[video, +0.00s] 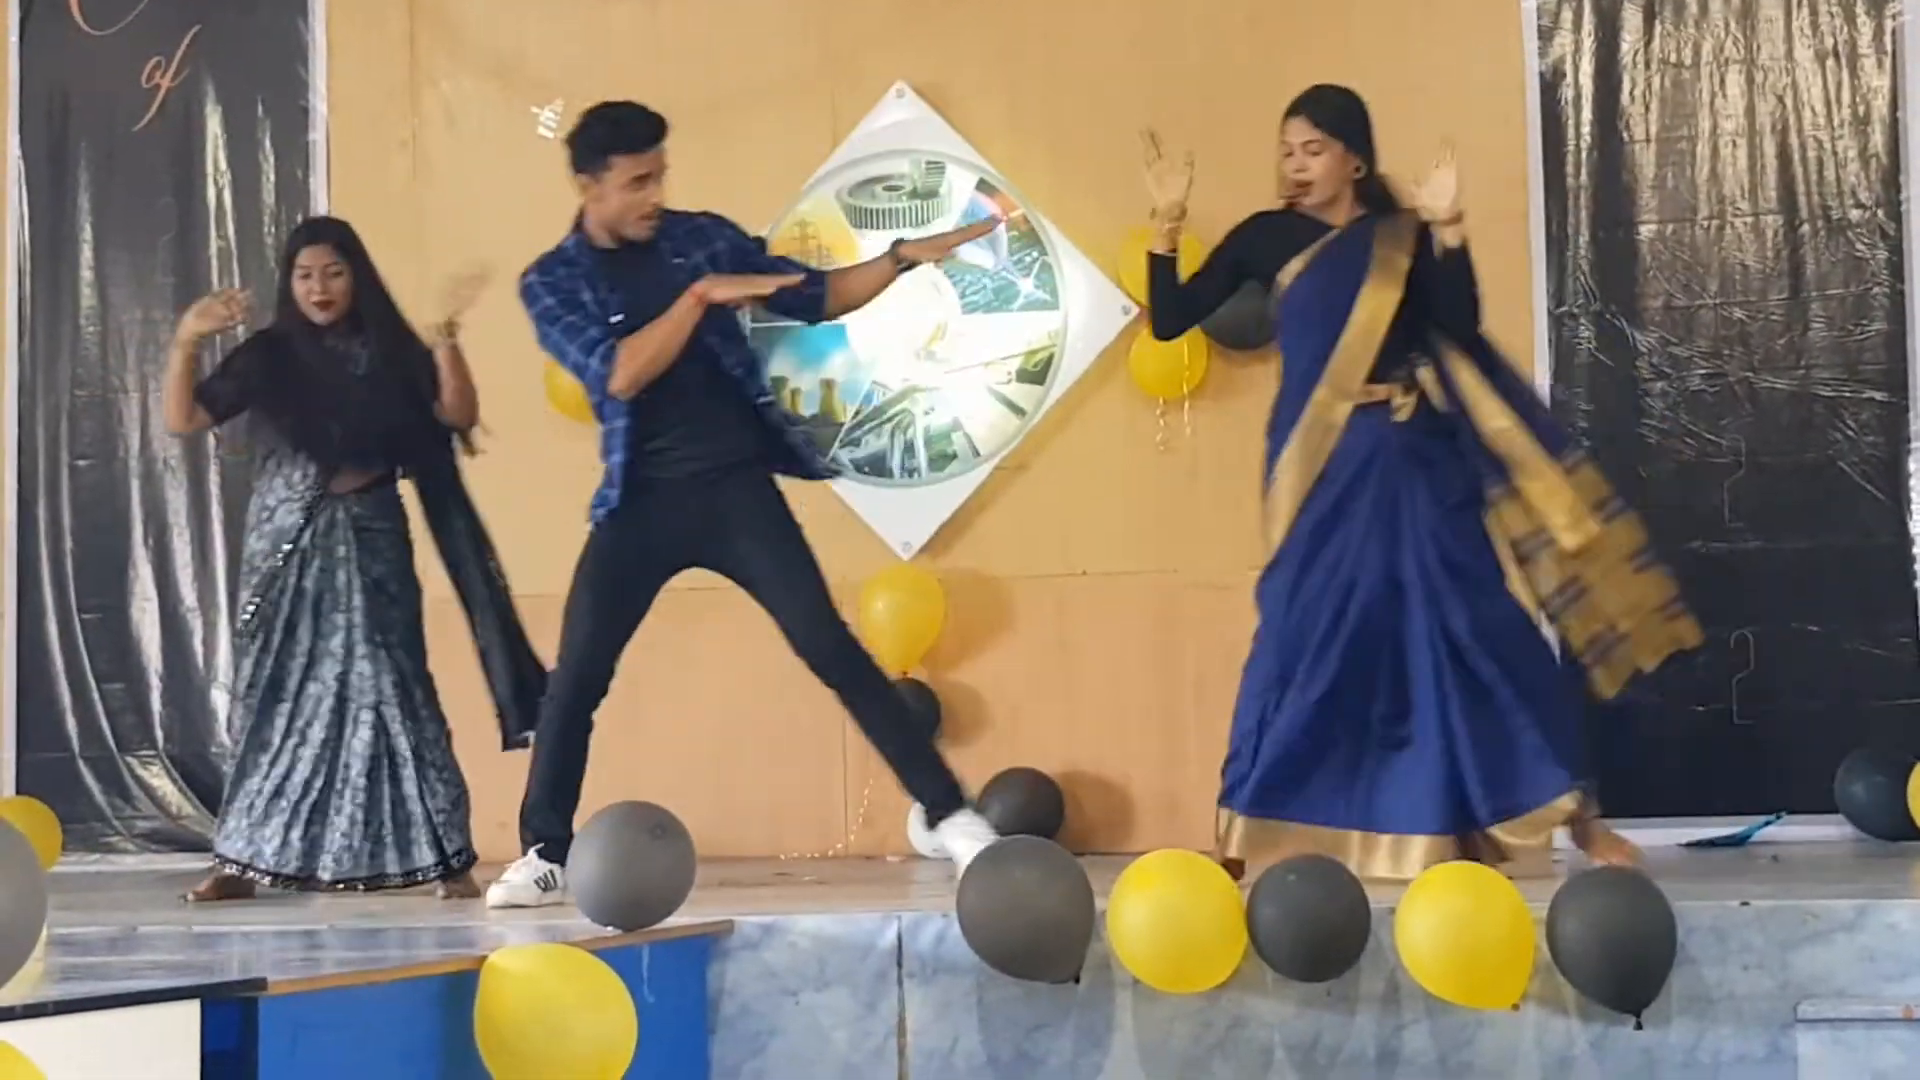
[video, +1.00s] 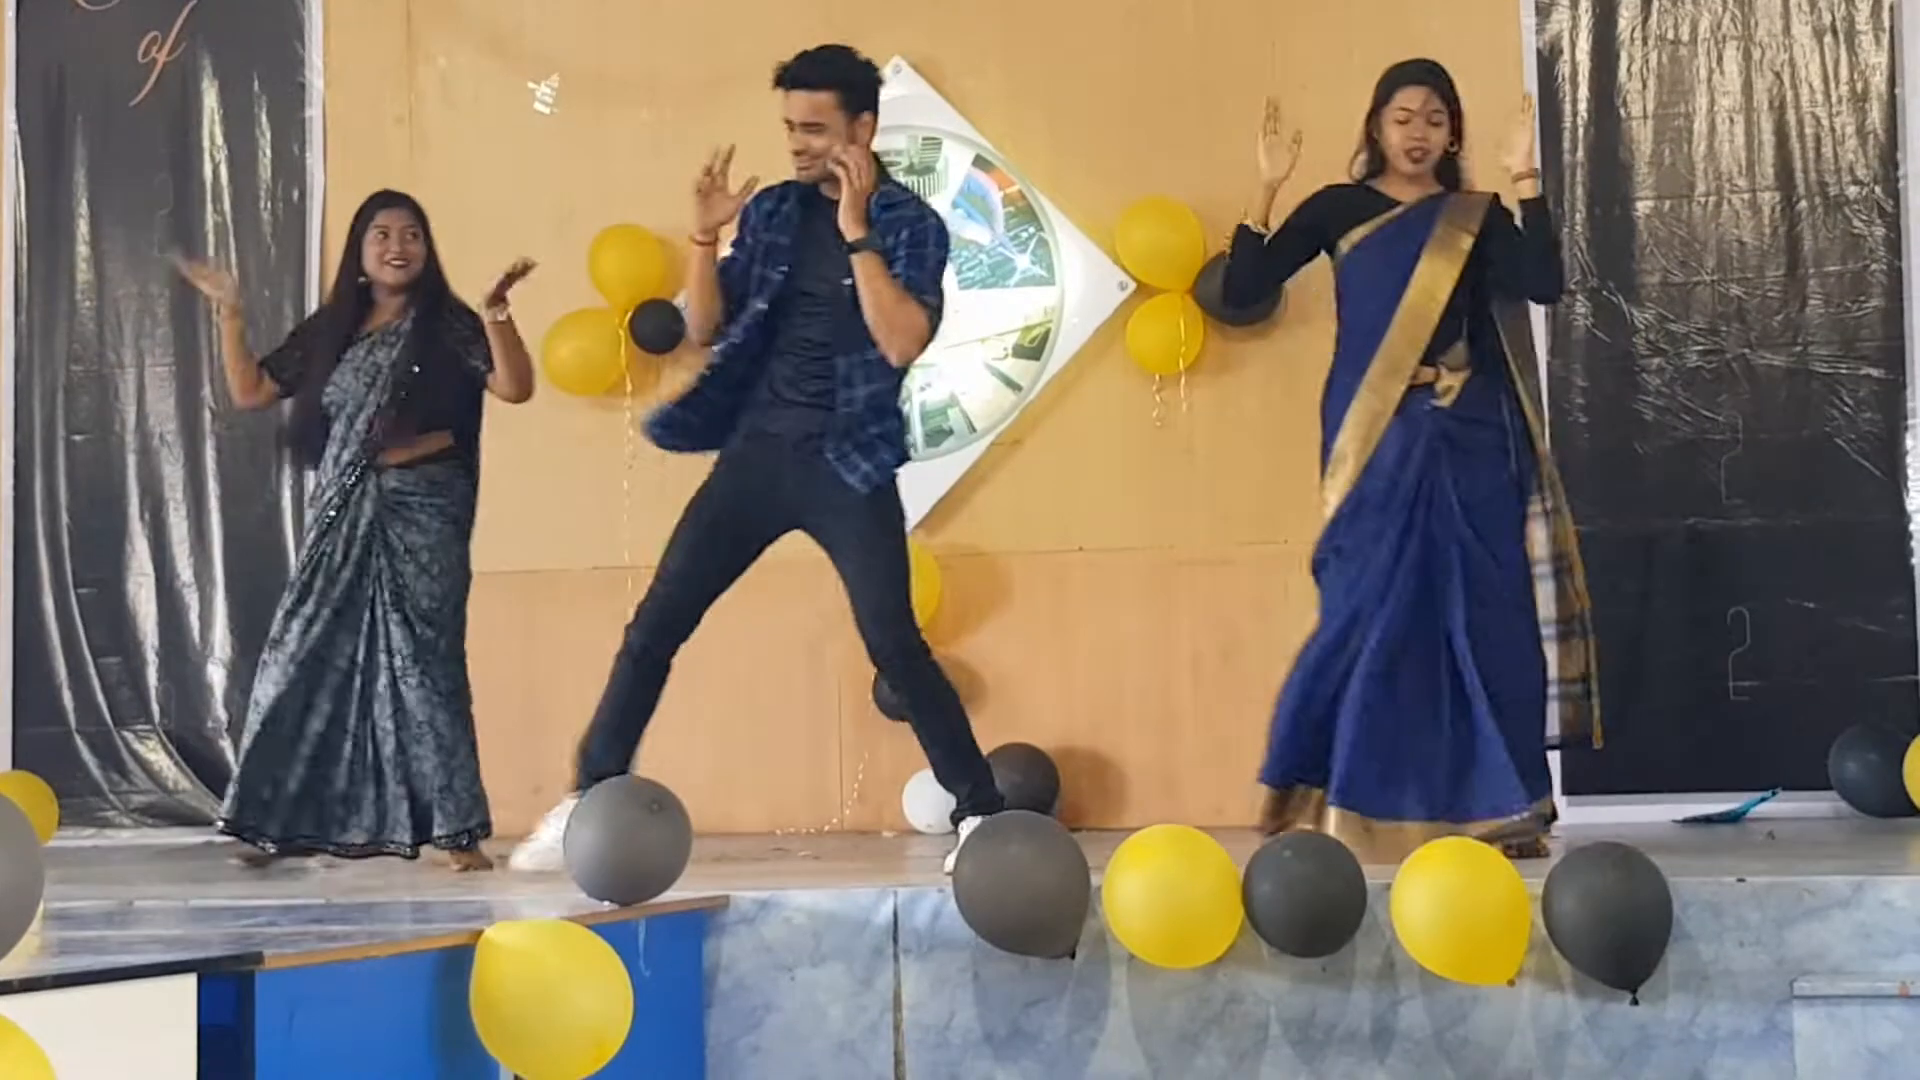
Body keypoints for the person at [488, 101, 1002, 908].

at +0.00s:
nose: (658, 194)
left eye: (661, 176)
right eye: (640, 181)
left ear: (661, 170)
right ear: (589, 184)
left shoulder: (700, 240)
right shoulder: (553, 281)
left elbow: (814, 295)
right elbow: (617, 375)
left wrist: (904, 255)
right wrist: (699, 298)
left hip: (738, 492)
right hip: (640, 507)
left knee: (826, 645)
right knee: (575, 681)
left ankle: (946, 813)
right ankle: (545, 855)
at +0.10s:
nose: (620, 191)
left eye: (623, 174)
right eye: (601, 180)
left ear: (625, 165)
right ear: (550, 182)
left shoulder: (670, 231)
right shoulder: (521, 278)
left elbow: (780, 284)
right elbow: (586, 379)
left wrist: (875, 263)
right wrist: (672, 308)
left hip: (712, 479)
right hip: (614, 496)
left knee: (779, 629)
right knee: (565, 673)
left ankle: (848, 805)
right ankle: (543, 853)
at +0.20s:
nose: (603, 175)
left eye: (607, 158)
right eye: (584, 164)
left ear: (611, 149)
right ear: (534, 166)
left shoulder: (656, 212)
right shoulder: (507, 263)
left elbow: (763, 270)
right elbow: (568, 368)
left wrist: (857, 253)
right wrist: (652, 293)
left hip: (696, 458)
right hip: (598, 476)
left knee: (727, 611)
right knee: (565, 659)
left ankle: (737, 781)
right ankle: (544, 846)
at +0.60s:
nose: (615, 144)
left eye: (635, 131)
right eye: (607, 126)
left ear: (678, 131)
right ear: (597, 119)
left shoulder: (727, 221)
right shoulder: (561, 214)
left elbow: (789, 346)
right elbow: (528, 341)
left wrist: (746, 312)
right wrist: (567, 339)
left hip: (712, 452)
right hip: (611, 459)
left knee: (770, 594)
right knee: (578, 647)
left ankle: (826, 768)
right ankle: (543, 837)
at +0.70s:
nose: (661, 138)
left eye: (680, 126)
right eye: (656, 121)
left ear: (730, 129)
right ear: (650, 116)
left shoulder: (768, 230)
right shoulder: (619, 196)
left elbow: (804, 365)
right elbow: (562, 311)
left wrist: (758, 288)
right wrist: (565, 286)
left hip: (734, 459)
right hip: (634, 460)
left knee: (806, 607)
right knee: (595, 644)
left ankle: (922, 779)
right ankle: (542, 834)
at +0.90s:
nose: (763, 153)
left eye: (780, 140)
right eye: (758, 136)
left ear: (831, 144)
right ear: (753, 133)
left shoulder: (872, 243)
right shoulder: (739, 222)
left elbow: (864, 364)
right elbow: (663, 338)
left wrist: (829, 244)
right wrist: (672, 242)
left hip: (816, 486)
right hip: (719, 477)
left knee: (873, 655)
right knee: (639, 645)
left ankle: (979, 810)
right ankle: (547, 821)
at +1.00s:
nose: (797, 144)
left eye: (815, 129)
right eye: (790, 127)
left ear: (865, 127)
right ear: (785, 126)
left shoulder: (908, 224)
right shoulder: (770, 210)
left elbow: (904, 343)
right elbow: (706, 330)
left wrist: (857, 235)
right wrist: (706, 241)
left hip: (848, 468)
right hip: (752, 460)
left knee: (893, 646)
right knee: (654, 626)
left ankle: (983, 814)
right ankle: (588, 806)